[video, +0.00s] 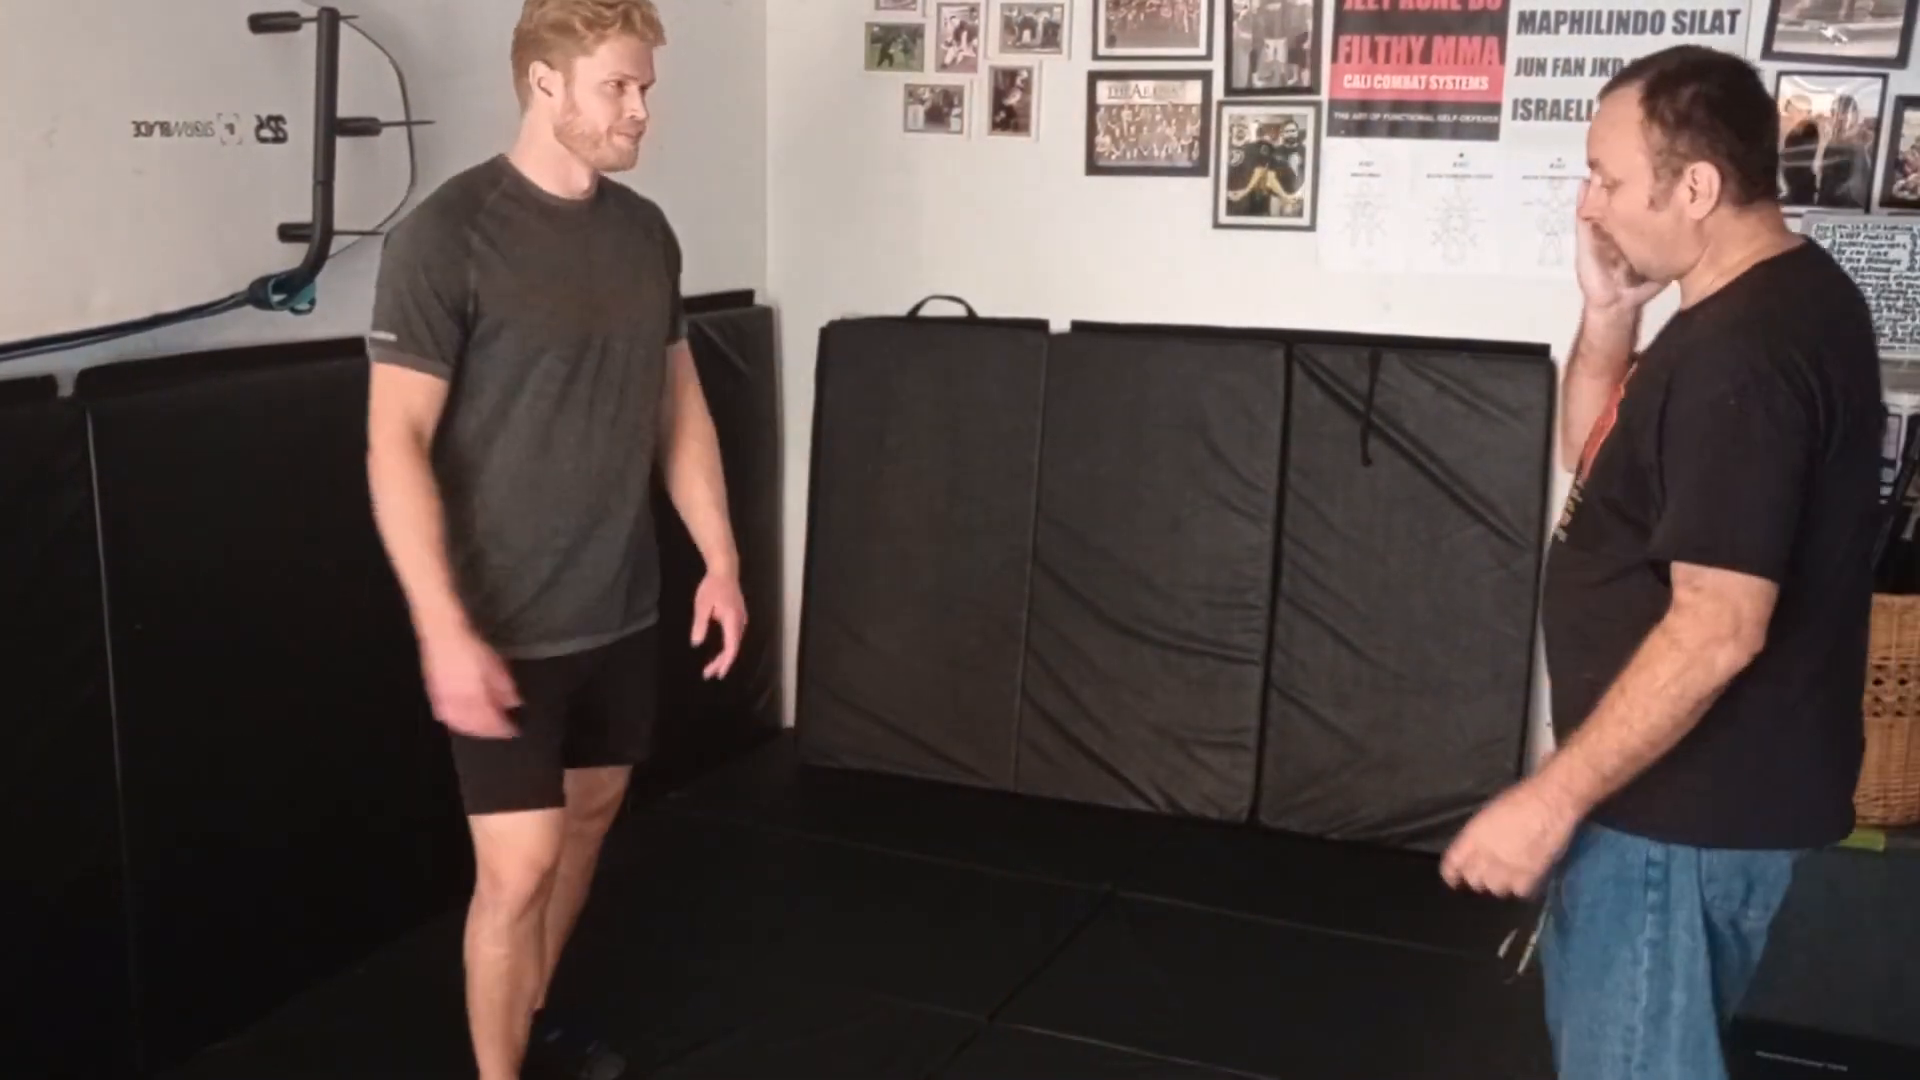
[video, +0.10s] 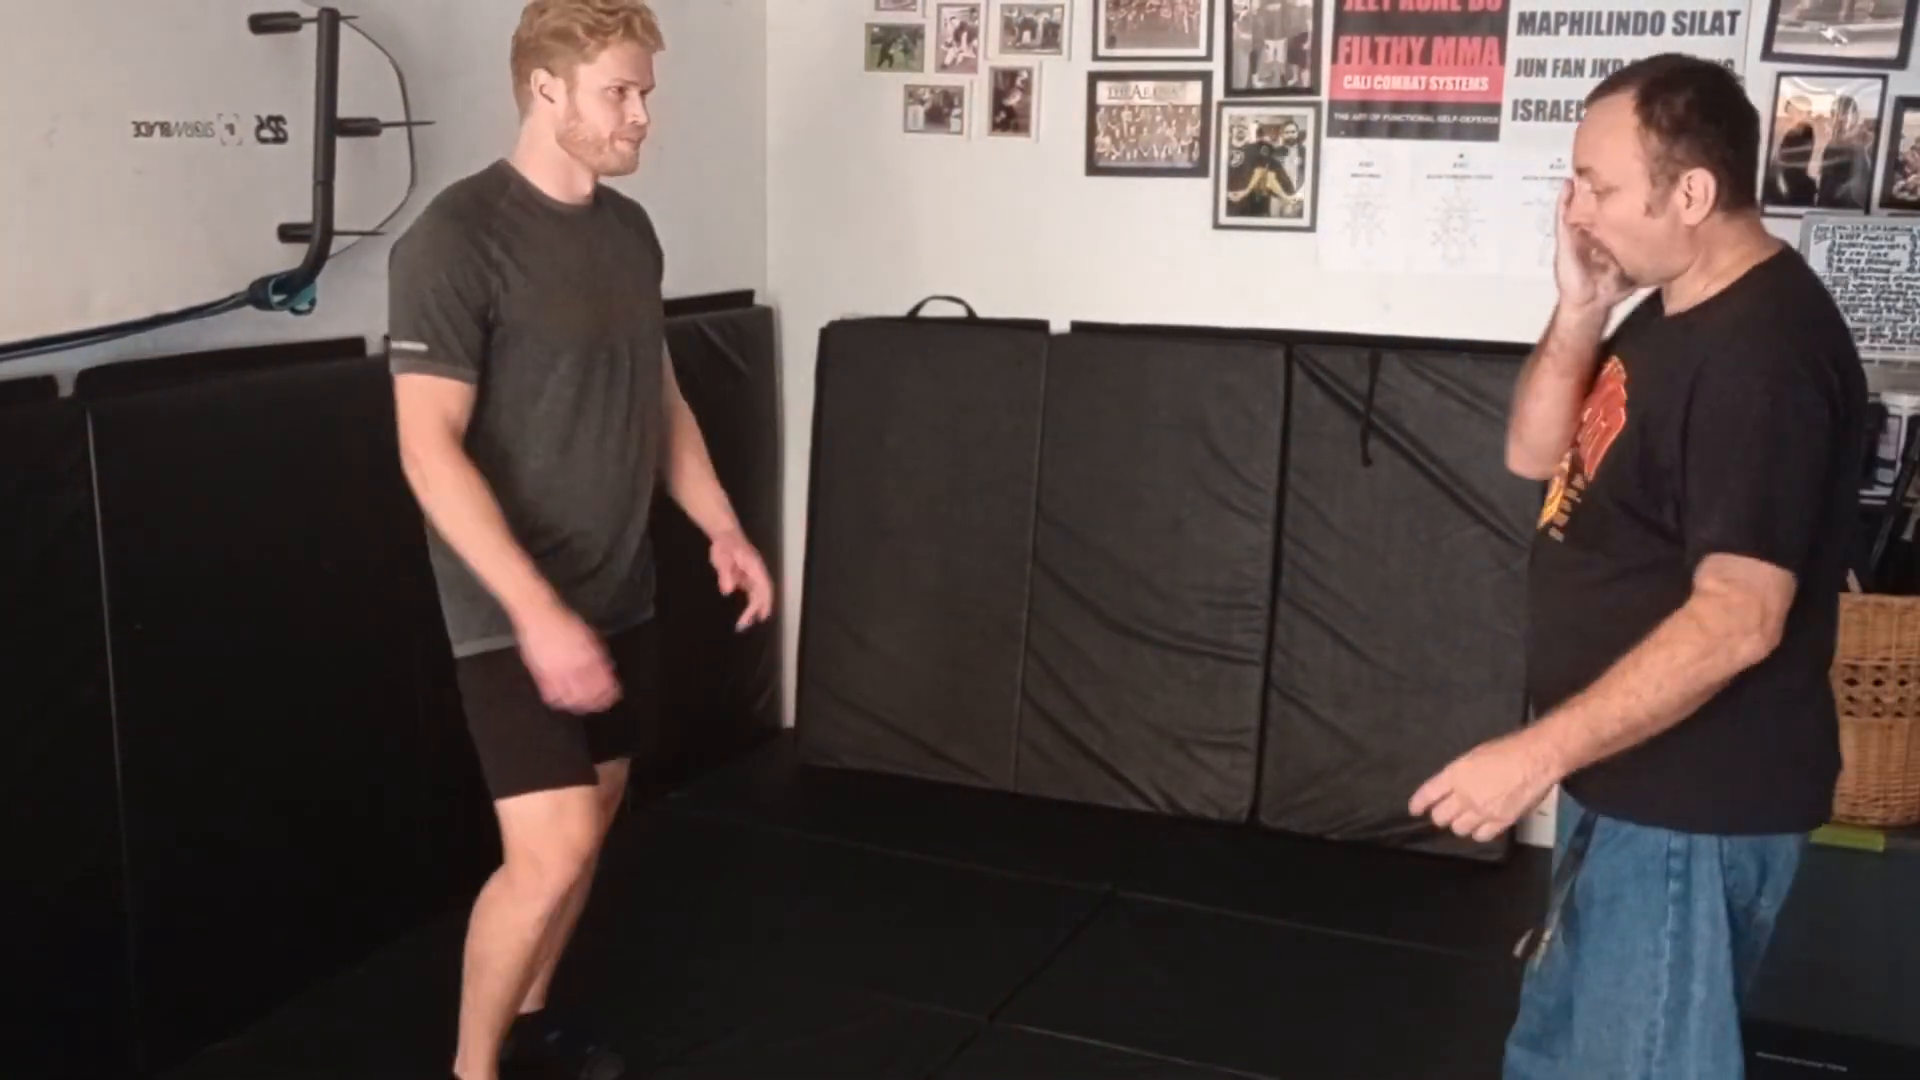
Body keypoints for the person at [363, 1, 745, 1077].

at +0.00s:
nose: (641, 112)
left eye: (647, 88)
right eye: (620, 88)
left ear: (642, 89)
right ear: (544, 87)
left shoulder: (641, 230)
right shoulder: (440, 237)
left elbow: (677, 402)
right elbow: (396, 443)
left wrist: (719, 557)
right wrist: (443, 632)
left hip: (625, 617)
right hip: (498, 630)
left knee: (582, 839)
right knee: (518, 874)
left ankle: (521, 1031)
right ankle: (495, 1068)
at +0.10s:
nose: (644, 116)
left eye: (648, 93)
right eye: (622, 94)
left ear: (605, 97)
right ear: (547, 93)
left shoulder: (628, 231)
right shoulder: (454, 237)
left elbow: (657, 402)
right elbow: (427, 447)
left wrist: (722, 527)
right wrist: (538, 613)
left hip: (616, 596)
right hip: (503, 607)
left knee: (594, 814)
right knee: (552, 847)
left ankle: (527, 1021)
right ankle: (471, 1068)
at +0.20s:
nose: (637, 109)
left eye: (644, 87)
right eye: (616, 87)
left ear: (641, 90)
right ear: (543, 88)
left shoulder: (612, 217)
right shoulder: (456, 226)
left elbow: (646, 384)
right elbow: (447, 432)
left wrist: (755, 479)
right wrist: (610, 549)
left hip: (603, 586)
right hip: (510, 595)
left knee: (554, 827)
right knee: (582, 832)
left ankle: (514, 1033)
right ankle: (488, 1068)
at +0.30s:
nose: (639, 110)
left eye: (643, 87)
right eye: (619, 87)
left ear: (566, 89)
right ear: (544, 87)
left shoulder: (600, 214)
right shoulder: (459, 220)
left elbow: (667, 367)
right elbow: (469, 417)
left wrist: (802, 389)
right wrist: (662, 451)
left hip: (596, 591)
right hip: (519, 610)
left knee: (541, 836)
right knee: (573, 859)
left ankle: (512, 1016)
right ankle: (542, 1071)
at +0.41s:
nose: (639, 114)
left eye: (643, 90)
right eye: (620, 91)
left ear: (569, 91)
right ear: (546, 87)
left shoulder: (592, 212)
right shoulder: (464, 208)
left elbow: (674, 325)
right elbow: (503, 385)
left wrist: (798, 295)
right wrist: (688, 342)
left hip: (585, 583)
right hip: (516, 599)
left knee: (532, 832)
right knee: (573, 856)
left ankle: (513, 1015)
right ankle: (540, 1069)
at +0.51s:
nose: (639, 116)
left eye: (644, 95)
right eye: (621, 94)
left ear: (633, 96)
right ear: (546, 88)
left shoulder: (597, 206)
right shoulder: (463, 198)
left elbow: (697, 319)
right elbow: (537, 347)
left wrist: (790, 224)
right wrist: (695, 233)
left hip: (582, 578)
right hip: (511, 592)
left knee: (526, 828)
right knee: (570, 850)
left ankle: (512, 1017)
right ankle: (538, 1068)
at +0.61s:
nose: (643, 115)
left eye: (647, 97)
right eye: (627, 95)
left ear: (620, 101)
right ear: (548, 88)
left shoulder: (597, 206)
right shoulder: (462, 196)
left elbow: (704, 315)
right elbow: (561, 338)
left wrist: (778, 188)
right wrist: (689, 185)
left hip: (575, 580)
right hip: (503, 591)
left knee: (527, 833)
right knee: (563, 855)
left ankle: (520, 1032)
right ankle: (531, 1077)